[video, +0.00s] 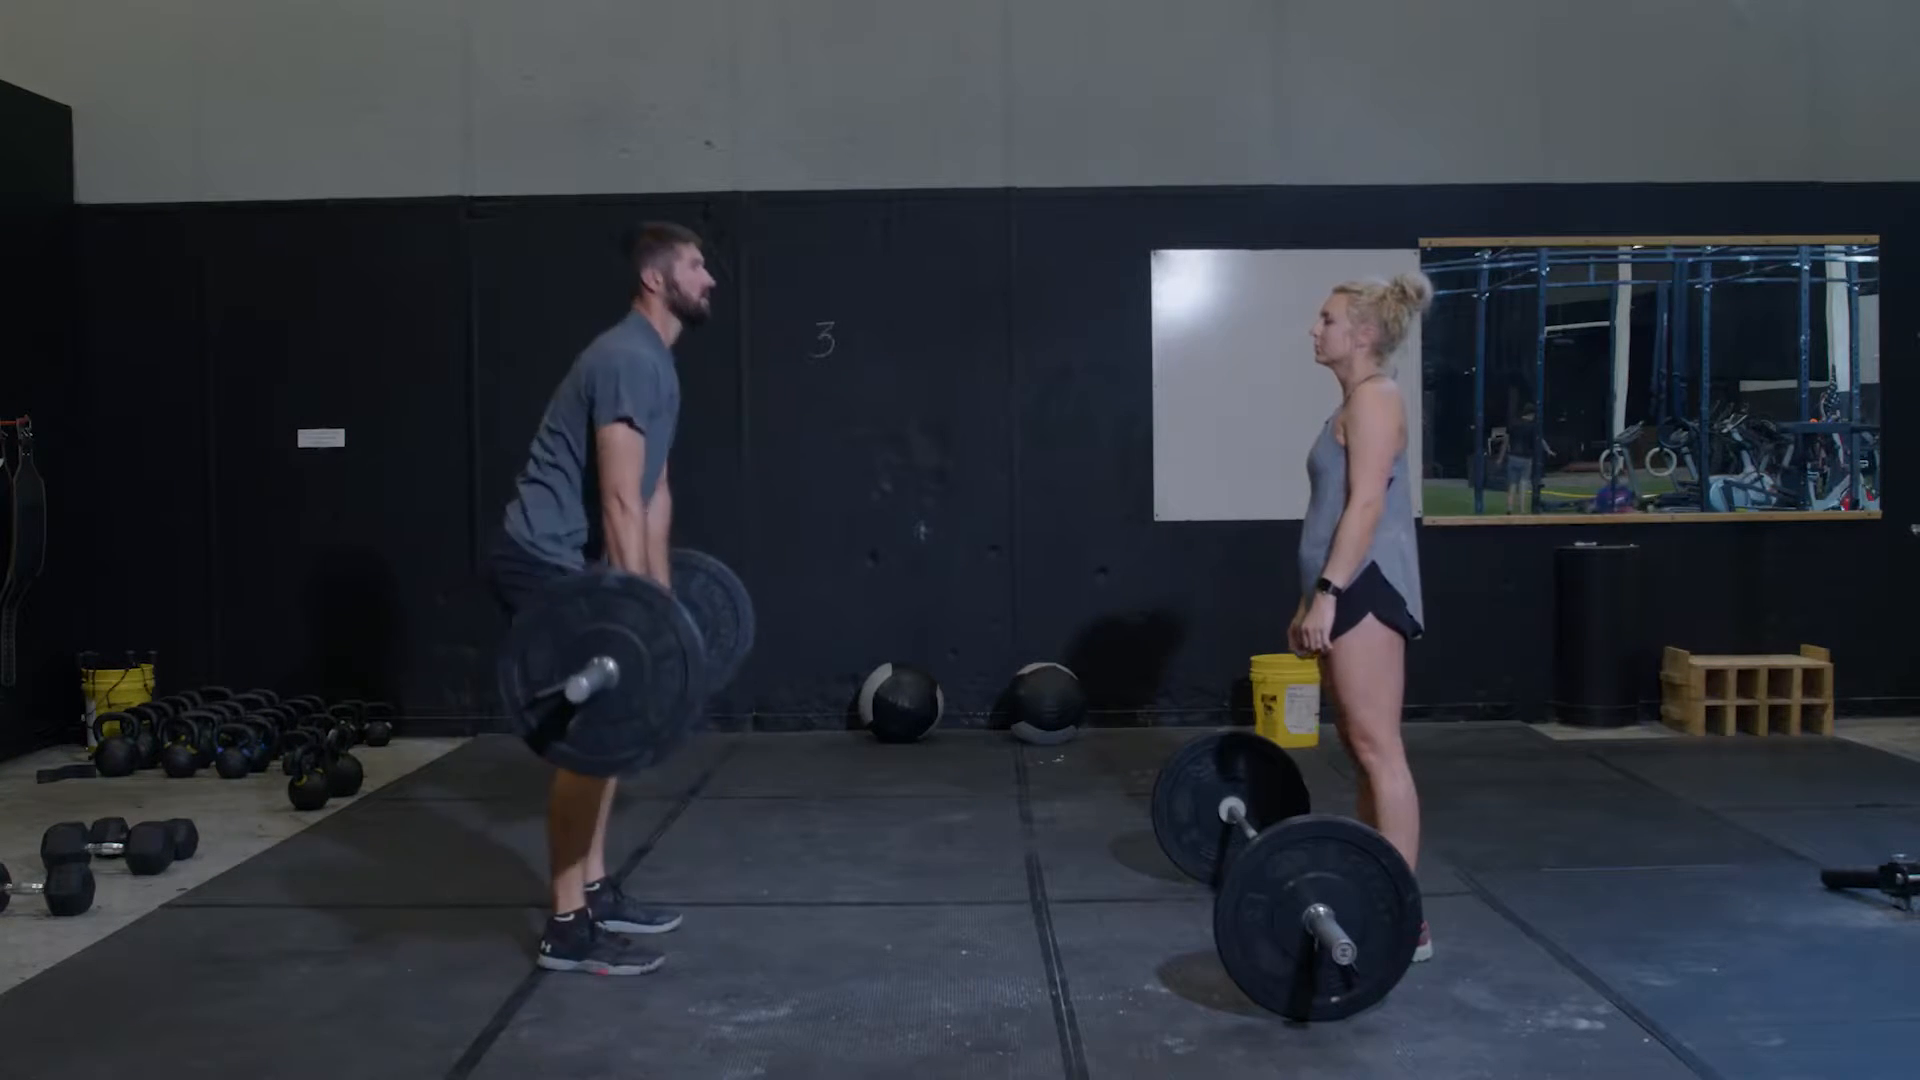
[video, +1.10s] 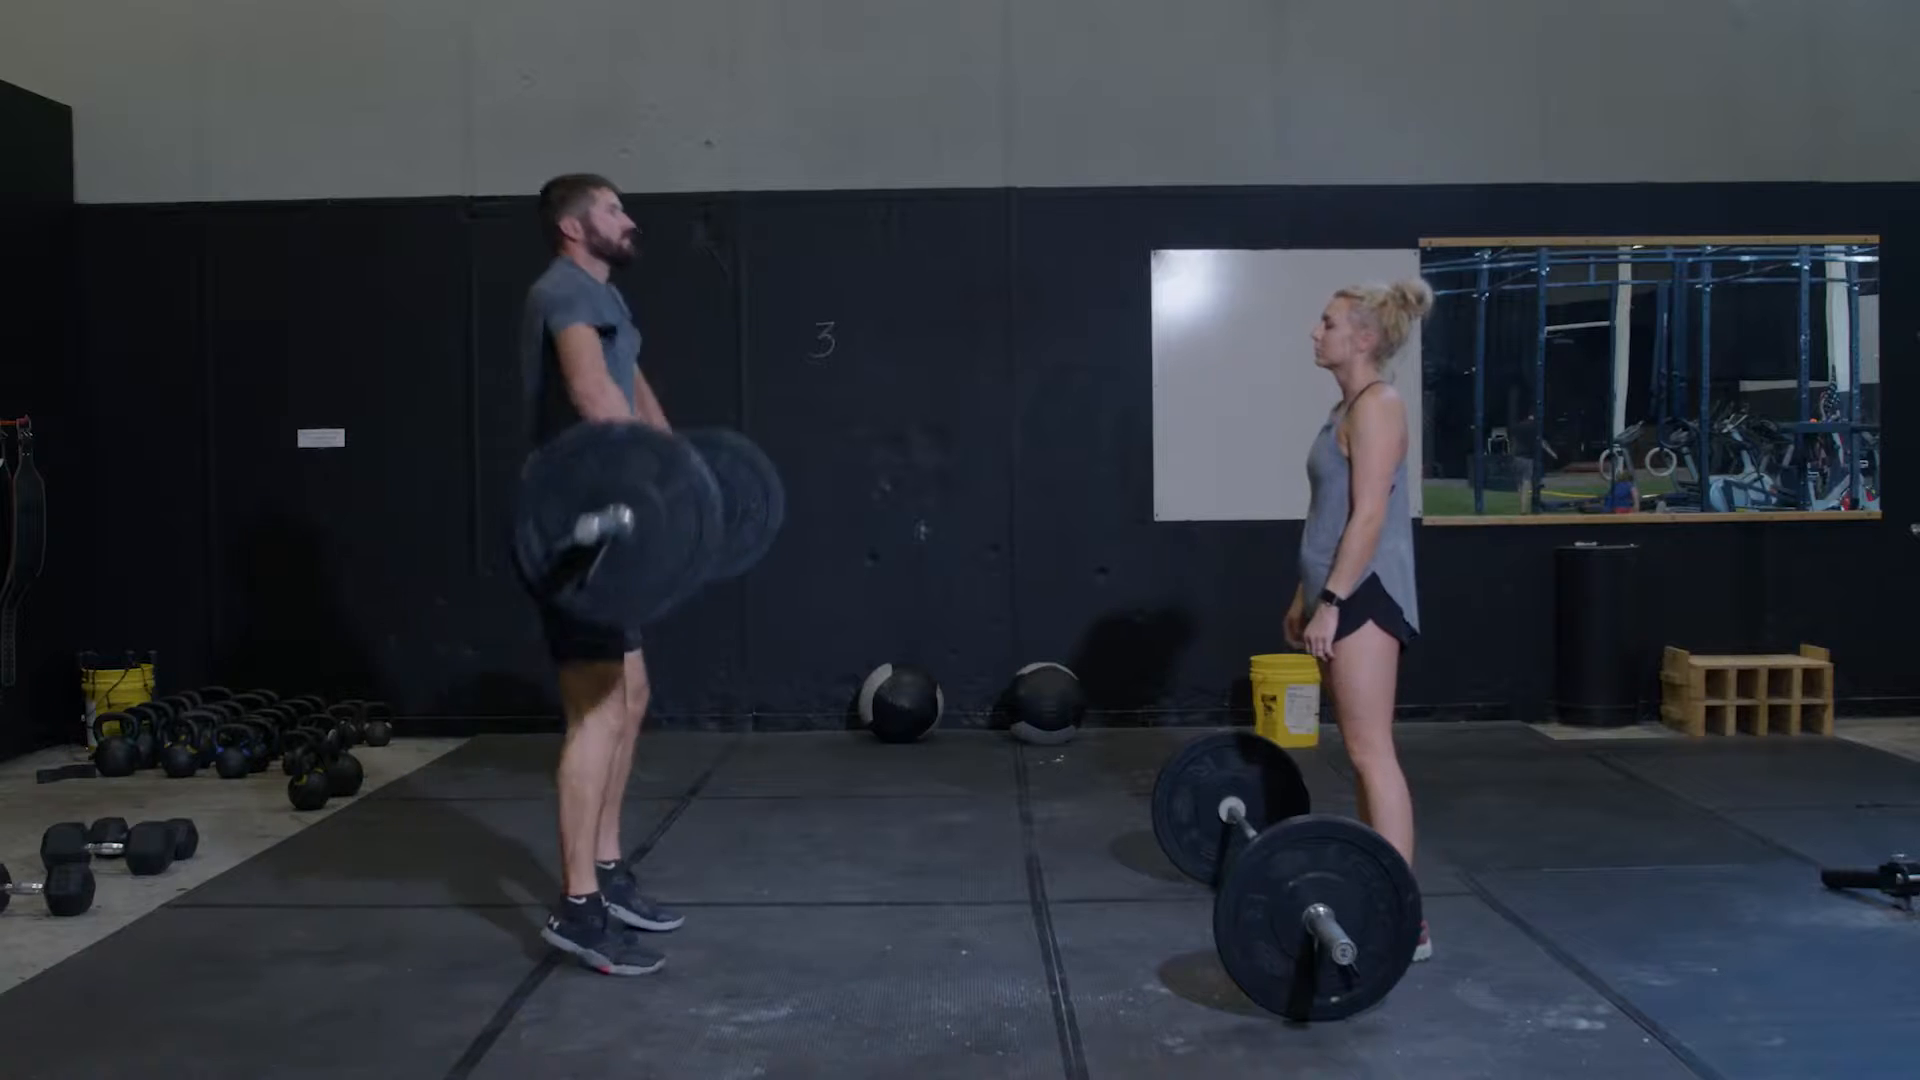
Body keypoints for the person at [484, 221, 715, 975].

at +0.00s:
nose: (710, 281)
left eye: (707, 268)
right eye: (697, 268)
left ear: (661, 281)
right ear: (655, 279)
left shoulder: (657, 363)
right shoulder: (626, 359)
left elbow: (655, 492)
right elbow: (618, 498)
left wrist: (662, 607)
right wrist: (637, 616)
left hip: (574, 556)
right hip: (540, 557)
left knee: (613, 709)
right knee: (588, 717)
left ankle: (590, 891)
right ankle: (566, 923)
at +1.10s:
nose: (629, 224)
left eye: (624, 210)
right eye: (614, 212)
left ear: (586, 226)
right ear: (574, 227)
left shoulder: (602, 294)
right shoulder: (566, 292)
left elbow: (642, 395)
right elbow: (593, 399)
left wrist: (685, 476)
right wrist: (648, 477)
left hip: (602, 524)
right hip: (567, 529)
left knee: (630, 696)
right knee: (598, 705)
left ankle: (604, 870)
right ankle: (576, 902)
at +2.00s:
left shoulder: (642, 389)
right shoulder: (608, 384)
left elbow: (717, 455)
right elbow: (668, 472)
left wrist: (682, 357)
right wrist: (649, 369)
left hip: (613, 583)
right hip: (579, 584)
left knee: (675, 735)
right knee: (662, 753)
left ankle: (599, 892)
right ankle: (574, 924)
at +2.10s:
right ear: (613, 256)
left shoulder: (637, 332)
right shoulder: (595, 324)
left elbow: (718, 393)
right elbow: (673, 395)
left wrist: (679, 291)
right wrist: (653, 293)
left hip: (630, 544)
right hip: (598, 545)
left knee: (645, 722)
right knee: (626, 733)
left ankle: (599, 888)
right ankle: (571, 917)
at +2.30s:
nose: (628, 234)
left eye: (623, 223)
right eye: (615, 225)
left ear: (589, 246)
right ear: (579, 247)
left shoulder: (631, 305)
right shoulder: (583, 307)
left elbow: (692, 259)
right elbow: (649, 247)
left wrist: (676, 172)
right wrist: (640, 158)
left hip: (644, 533)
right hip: (612, 536)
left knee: (625, 716)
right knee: (594, 722)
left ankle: (595, 889)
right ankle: (568, 917)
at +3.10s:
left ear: (595, 267)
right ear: (590, 260)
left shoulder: (624, 327)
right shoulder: (574, 323)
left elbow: (707, 360)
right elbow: (648, 358)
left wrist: (680, 273)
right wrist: (627, 274)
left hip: (631, 546)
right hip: (593, 547)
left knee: (609, 721)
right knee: (578, 728)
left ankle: (592, 892)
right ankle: (564, 922)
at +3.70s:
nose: (657, 306)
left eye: (653, 294)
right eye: (641, 298)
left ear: (650, 303)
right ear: (603, 312)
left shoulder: (635, 386)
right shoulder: (589, 385)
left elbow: (733, 464)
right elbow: (689, 474)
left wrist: (691, 375)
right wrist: (656, 377)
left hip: (568, 592)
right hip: (522, 592)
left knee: (640, 722)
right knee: (622, 740)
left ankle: (591, 893)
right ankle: (568, 925)